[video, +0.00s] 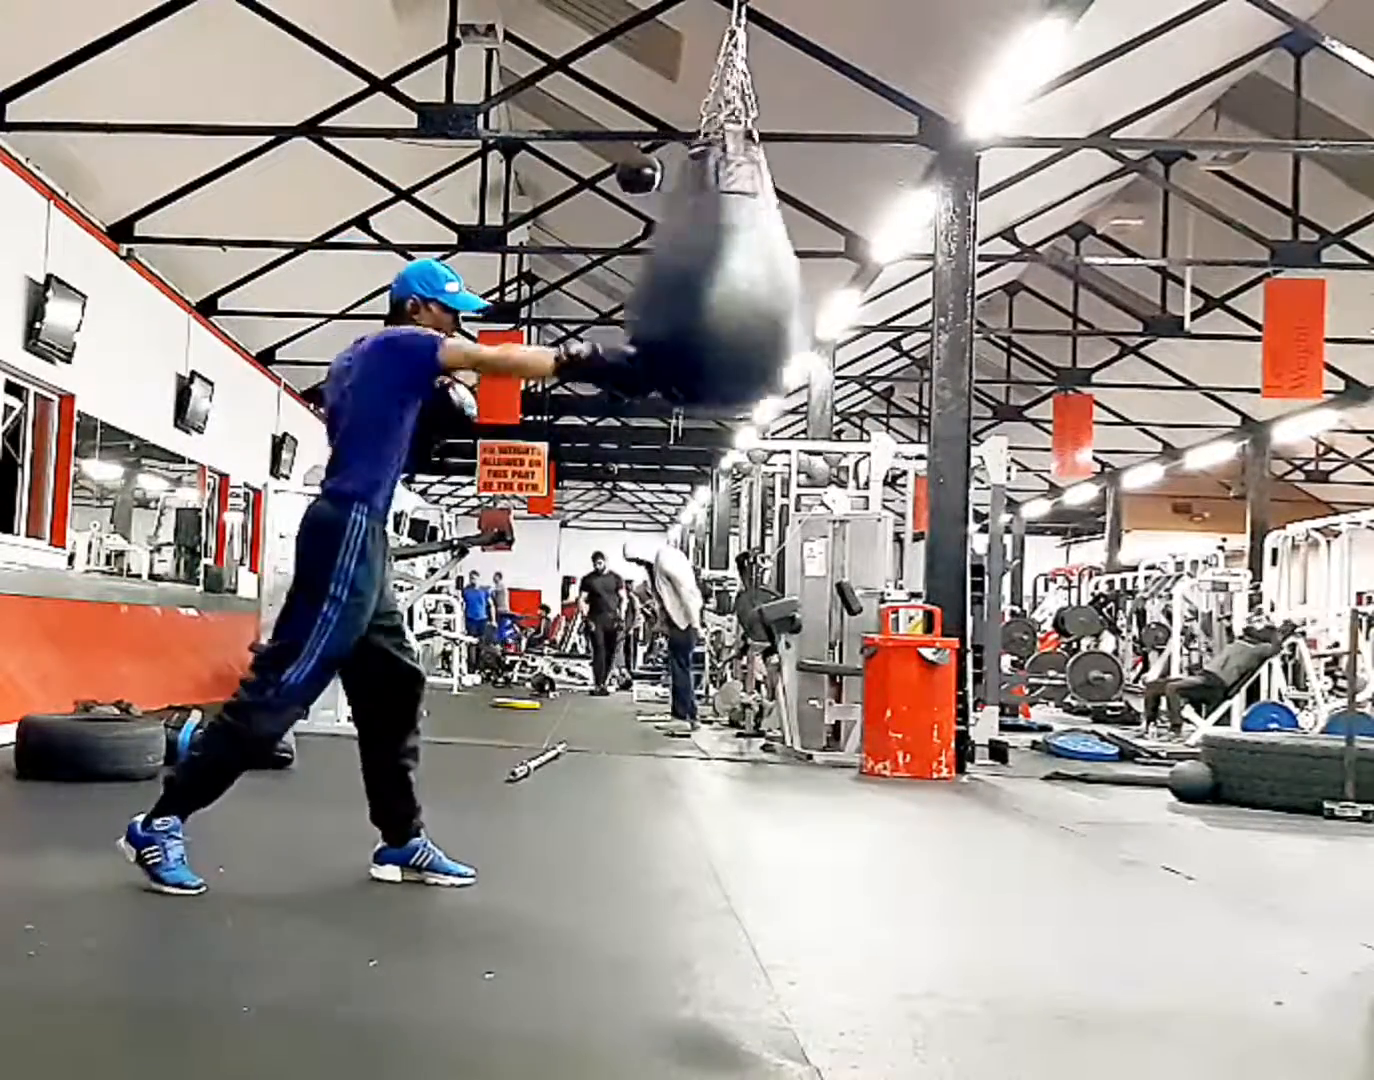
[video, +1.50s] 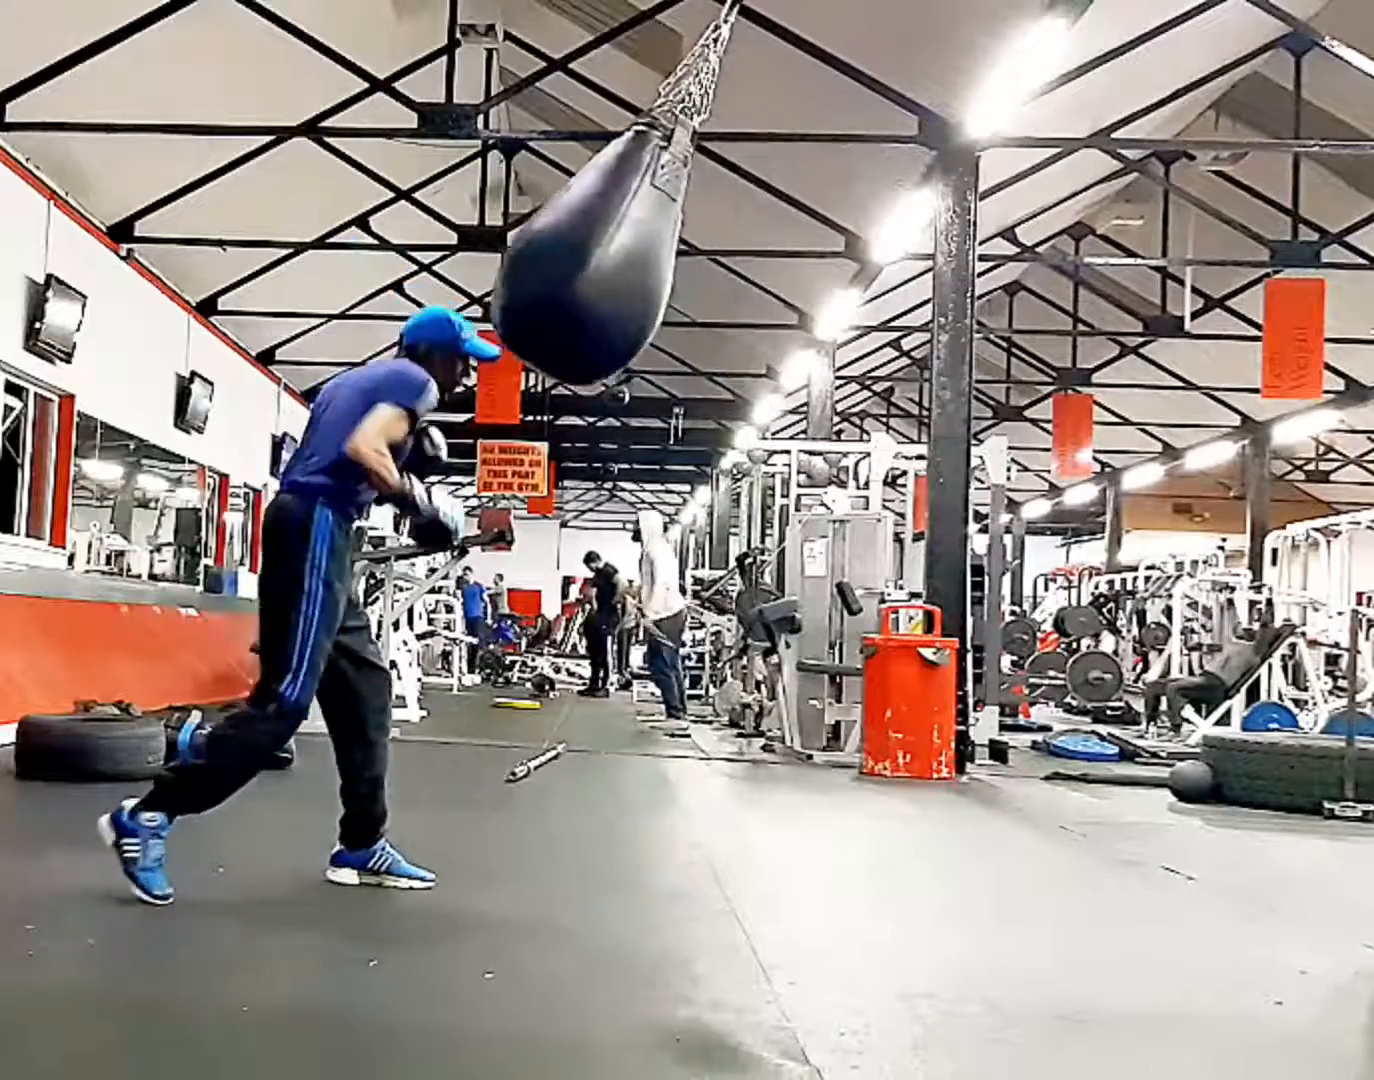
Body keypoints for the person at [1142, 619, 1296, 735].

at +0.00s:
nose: (1255, 628)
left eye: (1261, 628)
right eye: (1258, 626)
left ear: (1263, 635)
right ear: (1253, 631)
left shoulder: (1259, 650)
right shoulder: (1237, 643)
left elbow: (1276, 649)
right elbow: (1225, 645)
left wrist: (1275, 634)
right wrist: (1225, 627)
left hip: (1217, 681)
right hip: (1203, 674)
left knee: (1172, 687)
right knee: (1152, 687)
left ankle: (1176, 732)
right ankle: (1147, 729)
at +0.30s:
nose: (1238, 631)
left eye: (1243, 630)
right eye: (1241, 629)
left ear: (1246, 635)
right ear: (1250, 636)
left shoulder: (1248, 649)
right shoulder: (1236, 644)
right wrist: (1229, 606)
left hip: (1218, 680)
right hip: (1206, 675)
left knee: (1172, 688)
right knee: (1152, 688)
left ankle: (1176, 730)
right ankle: (1148, 727)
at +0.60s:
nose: (1251, 628)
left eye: (1256, 628)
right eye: (1251, 627)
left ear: (1258, 636)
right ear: (1247, 632)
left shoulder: (1257, 650)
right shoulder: (1235, 644)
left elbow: (1273, 642)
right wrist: (1225, 617)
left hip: (1217, 683)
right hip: (1203, 677)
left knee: (1173, 688)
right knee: (1152, 688)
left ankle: (1177, 732)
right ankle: (1147, 728)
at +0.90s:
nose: (1256, 634)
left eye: (1259, 633)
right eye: (1259, 632)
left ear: (1258, 637)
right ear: (1256, 635)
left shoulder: (1260, 650)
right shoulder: (1238, 644)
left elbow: (1280, 657)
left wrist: (1276, 643)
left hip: (1217, 682)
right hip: (1203, 674)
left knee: (1173, 688)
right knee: (1151, 687)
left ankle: (1176, 731)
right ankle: (1148, 727)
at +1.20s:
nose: (1249, 628)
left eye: (1254, 627)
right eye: (1248, 626)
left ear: (1261, 634)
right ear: (1245, 631)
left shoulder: (1258, 650)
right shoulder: (1235, 642)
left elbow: (1287, 630)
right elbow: (1224, 628)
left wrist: (1278, 624)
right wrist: (1222, 613)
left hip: (1217, 684)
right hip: (1202, 677)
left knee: (1174, 687)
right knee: (1152, 688)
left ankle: (1176, 731)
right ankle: (1148, 728)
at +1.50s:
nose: (1247, 633)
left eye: (1249, 632)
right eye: (1243, 631)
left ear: (1252, 635)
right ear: (1239, 633)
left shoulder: (1254, 652)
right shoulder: (1233, 645)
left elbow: (1268, 630)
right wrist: (1229, 603)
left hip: (1218, 682)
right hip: (1202, 676)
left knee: (1174, 688)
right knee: (1152, 688)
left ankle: (1176, 730)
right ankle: (1149, 727)